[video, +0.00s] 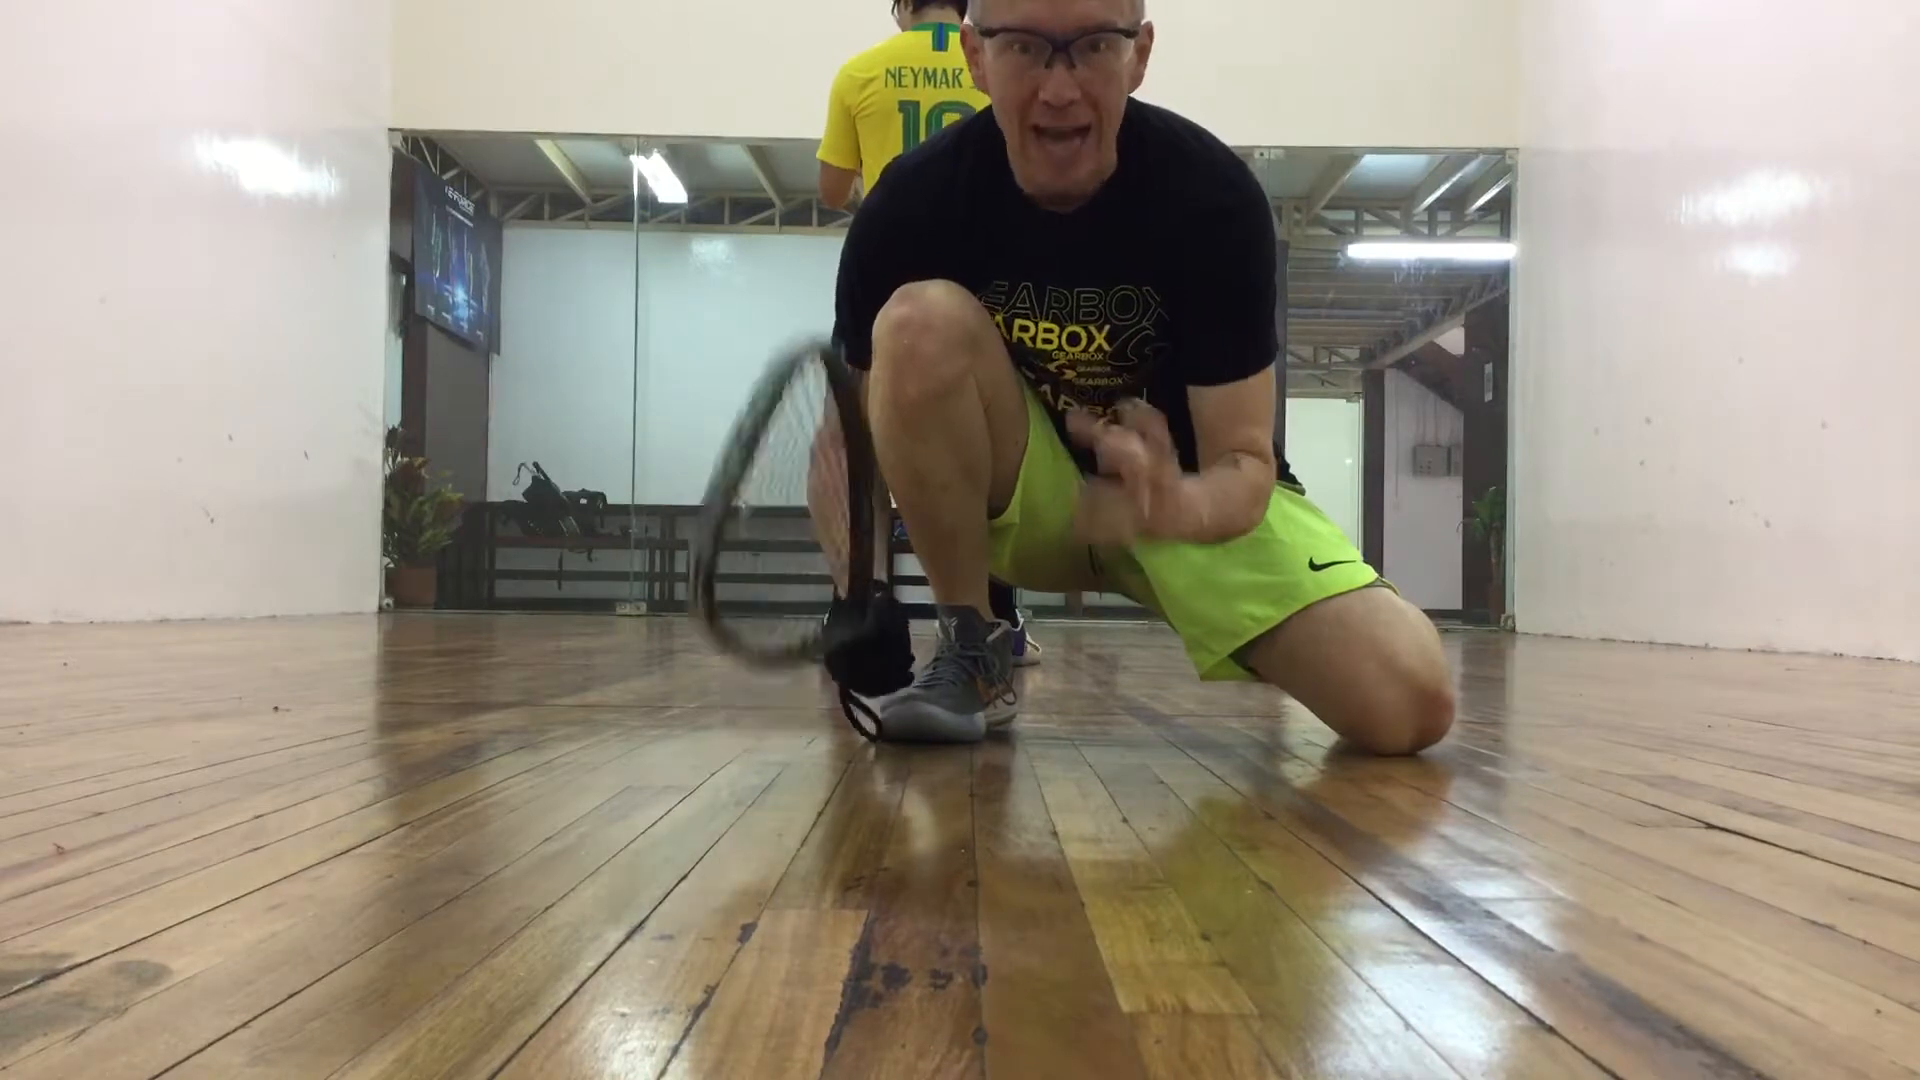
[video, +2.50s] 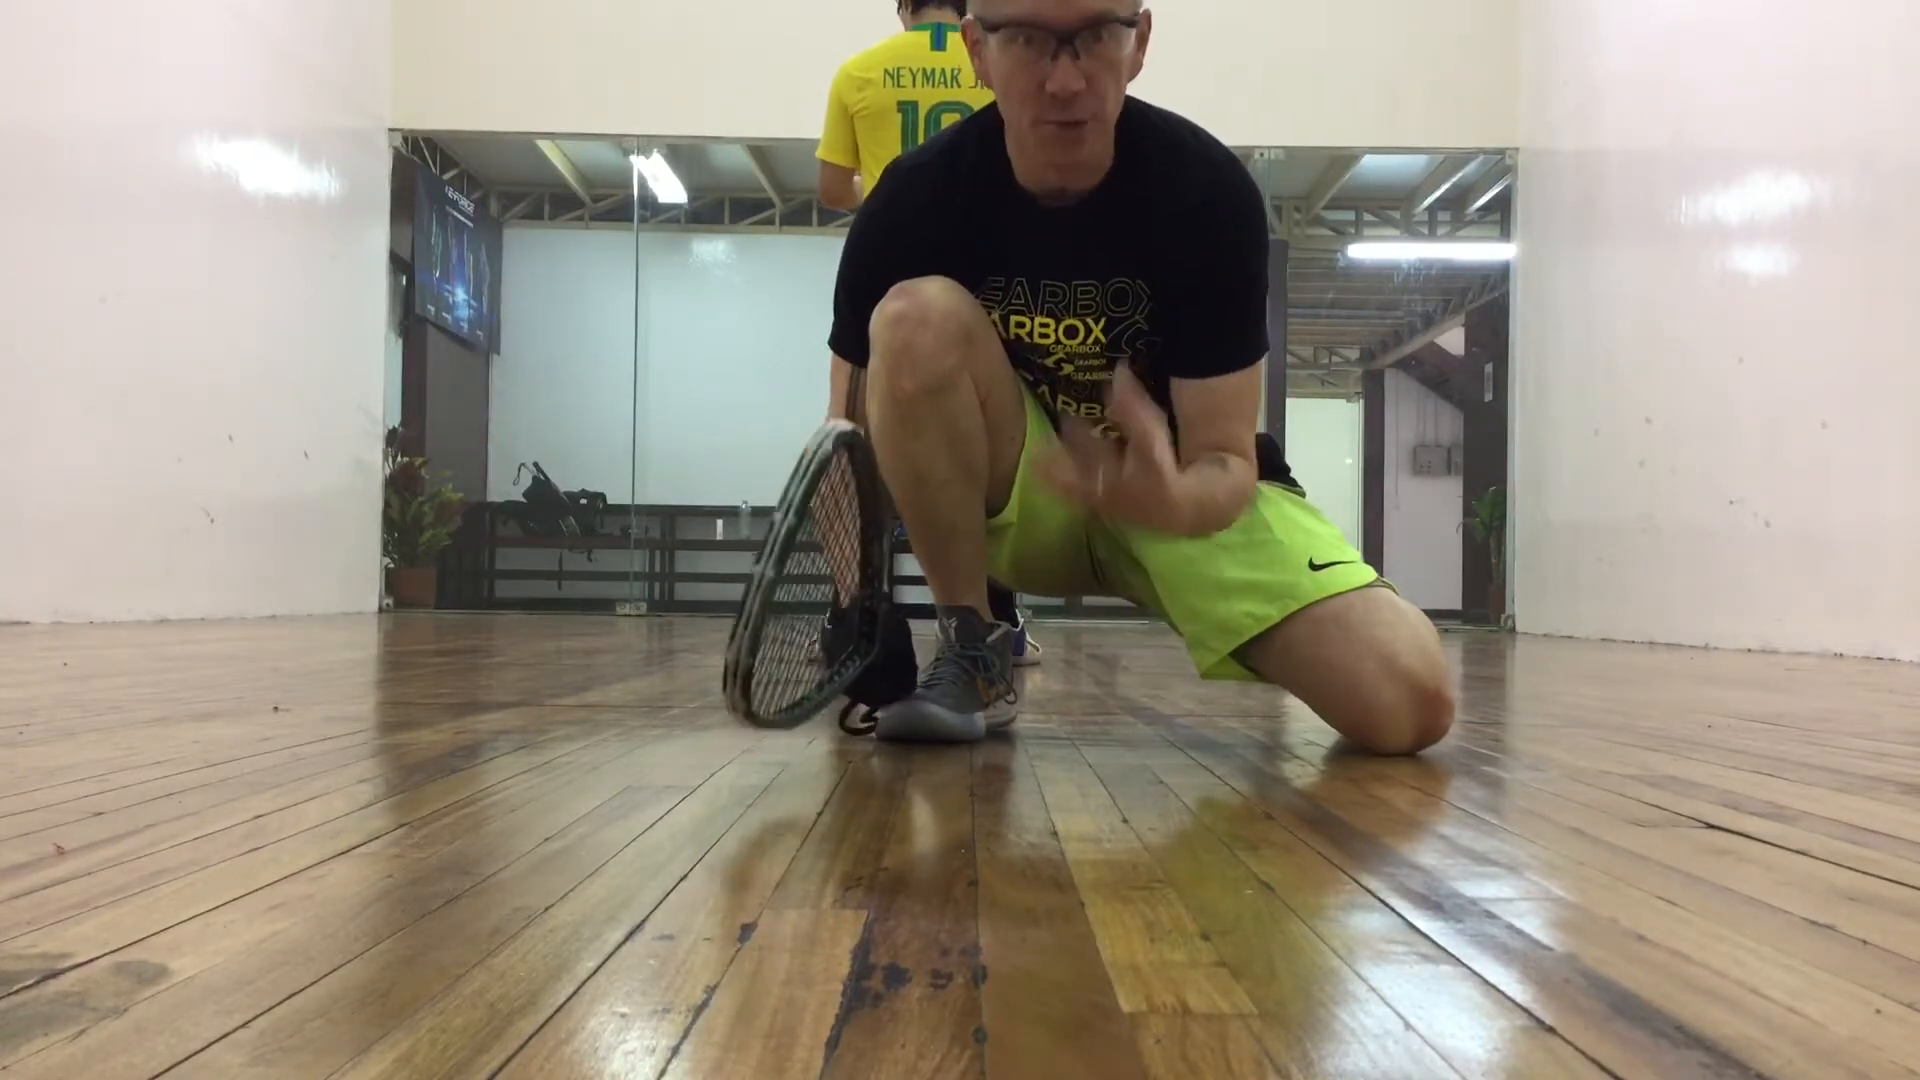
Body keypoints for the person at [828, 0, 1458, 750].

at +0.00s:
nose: (1059, 87)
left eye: (1093, 46)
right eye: (1026, 47)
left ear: (1140, 55)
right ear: (974, 58)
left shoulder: (1214, 198)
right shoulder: (912, 202)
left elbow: (1246, 467)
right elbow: (845, 430)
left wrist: (1176, 507)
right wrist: (857, 601)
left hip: (1196, 503)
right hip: (1029, 490)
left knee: (1411, 712)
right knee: (919, 323)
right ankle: (969, 644)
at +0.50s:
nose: (1055, 98)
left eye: (1088, 56)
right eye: (1022, 57)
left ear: (1136, 50)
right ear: (971, 50)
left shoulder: (1206, 194)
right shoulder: (909, 203)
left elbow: (1240, 465)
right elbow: (846, 434)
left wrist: (1205, 564)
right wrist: (856, 615)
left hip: (1200, 504)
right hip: (1033, 495)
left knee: (1412, 713)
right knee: (919, 322)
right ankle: (968, 646)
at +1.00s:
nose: (1056, 100)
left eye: (1088, 54)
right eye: (1021, 56)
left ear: (1135, 49)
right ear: (969, 50)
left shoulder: (1202, 192)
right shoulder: (908, 203)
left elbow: (1241, 457)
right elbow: (841, 428)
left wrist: (1204, 538)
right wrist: (859, 613)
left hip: (1199, 507)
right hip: (1032, 498)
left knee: (1411, 712)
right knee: (917, 324)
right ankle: (967, 646)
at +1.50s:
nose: (1054, 94)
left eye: (1085, 52)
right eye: (1020, 54)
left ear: (1133, 52)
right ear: (968, 55)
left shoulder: (1202, 195)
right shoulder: (908, 204)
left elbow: (1238, 465)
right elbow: (849, 436)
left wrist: (1205, 561)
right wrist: (858, 619)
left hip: (1198, 503)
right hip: (1031, 497)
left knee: (1411, 712)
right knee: (918, 320)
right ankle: (967, 642)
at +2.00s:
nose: (1054, 103)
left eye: (1085, 57)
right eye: (1021, 61)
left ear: (1131, 51)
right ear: (965, 57)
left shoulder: (1202, 197)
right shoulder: (906, 208)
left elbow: (1238, 467)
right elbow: (850, 432)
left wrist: (1203, 571)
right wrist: (857, 621)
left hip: (1194, 502)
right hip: (1028, 495)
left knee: (1411, 712)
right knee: (919, 319)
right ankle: (966, 645)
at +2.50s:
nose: (1063, 77)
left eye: (1095, 38)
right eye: (1028, 41)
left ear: (1137, 46)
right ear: (977, 52)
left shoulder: (1207, 192)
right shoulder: (913, 200)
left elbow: (1227, 463)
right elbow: (853, 427)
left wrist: (1173, 508)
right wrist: (857, 621)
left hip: (1186, 499)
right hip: (1021, 491)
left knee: (1411, 712)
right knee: (917, 316)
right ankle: (967, 642)